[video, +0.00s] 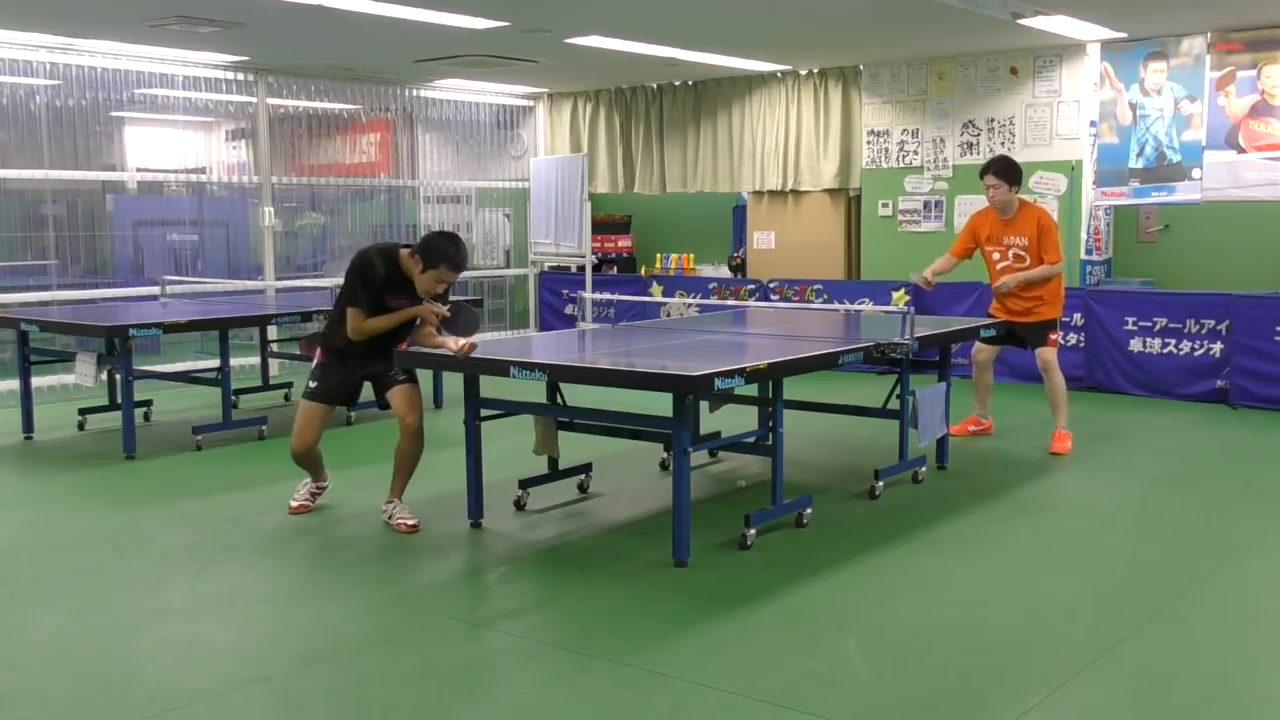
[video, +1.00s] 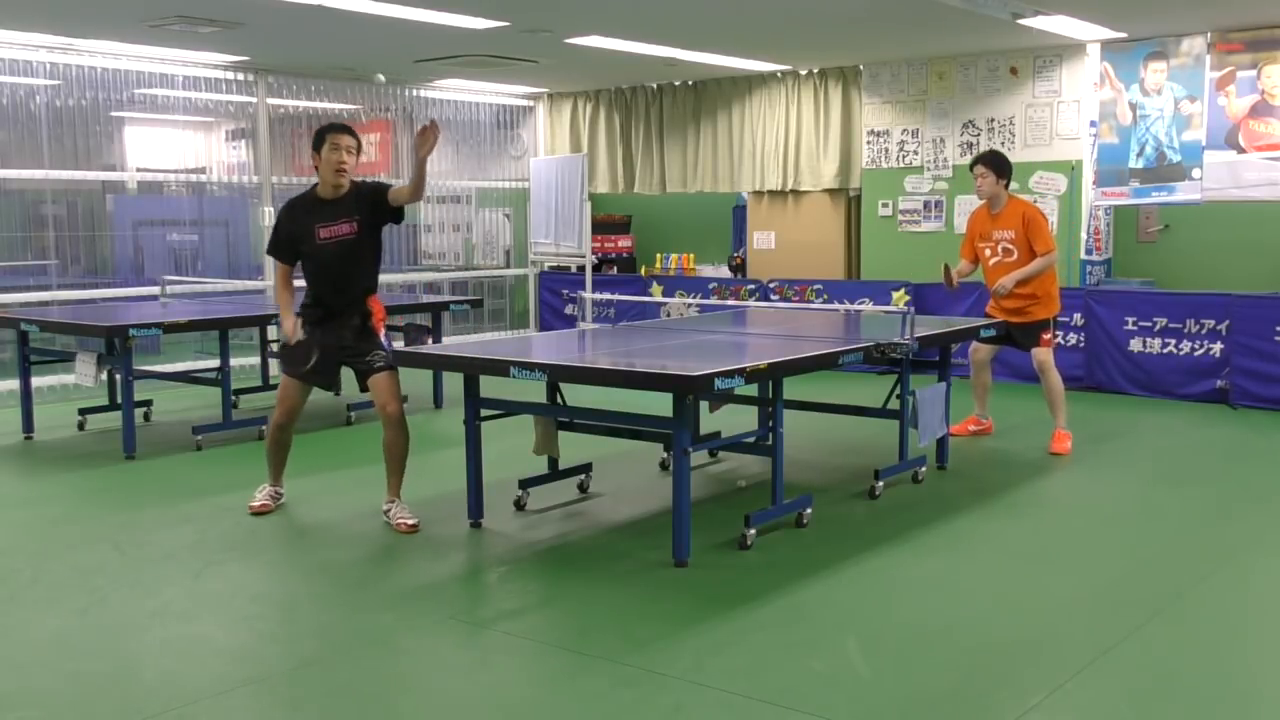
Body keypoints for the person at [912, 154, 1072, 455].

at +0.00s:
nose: (989, 194)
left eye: (995, 188)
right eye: (986, 188)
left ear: (1014, 187)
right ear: (984, 188)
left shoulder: (1039, 218)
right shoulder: (980, 221)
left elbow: (1055, 266)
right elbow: (954, 256)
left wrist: (1019, 277)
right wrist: (931, 271)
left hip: (1042, 307)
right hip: (1003, 306)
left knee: (1047, 361)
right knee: (980, 356)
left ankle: (1062, 429)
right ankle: (981, 419)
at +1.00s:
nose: (977, 183)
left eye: (983, 177)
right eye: (975, 177)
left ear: (1002, 179)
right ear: (975, 181)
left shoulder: (1028, 213)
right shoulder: (977, 218)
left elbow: (1050, 256)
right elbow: (970, 260)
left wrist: (1014, 277)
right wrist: (956, 273)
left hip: (1037, 306)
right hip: (1000, 306)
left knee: (1042, 360)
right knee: (978, 355)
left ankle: (1061, 429)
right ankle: (981, 419)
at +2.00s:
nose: (977, 211)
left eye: (982, 205)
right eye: (975, 205)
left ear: (1003, 206)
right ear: (973, 206)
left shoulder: (1029, 234)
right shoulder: (970, 238)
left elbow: (1050, 280)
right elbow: (926, 255)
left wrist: (1016, 292)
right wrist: (927, 276)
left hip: (1035, 322)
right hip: (993, 321)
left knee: (1051, 374)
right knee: (953, 361)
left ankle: (1076, 433)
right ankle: (947, 427)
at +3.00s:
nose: (1054, 196)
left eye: (1060, 190)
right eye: (1052, 191)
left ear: (1079, 192)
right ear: (1051, 195)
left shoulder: (1109, 218)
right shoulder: (1044, 231)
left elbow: (1143, 236)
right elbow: (1002, 242)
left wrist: (1143, 272)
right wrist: (968, 233)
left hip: (1120, 307)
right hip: (1076, 311)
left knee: (1138, 361)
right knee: (1044, 359)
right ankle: (1030, 407)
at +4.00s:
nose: (1019, 205)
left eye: (1023, 199)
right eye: (1017, 200)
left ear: (1041, 200)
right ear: (1019, 201)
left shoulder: (1062, 229)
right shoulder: (1025, 233)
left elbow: (1091, 265)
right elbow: (1002, 258)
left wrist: (1074, 299)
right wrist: (970, 251)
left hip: (1074, 309)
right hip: (1042, 308)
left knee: (1079, 361)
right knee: (1003, 344)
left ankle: (1115, 413)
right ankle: (1007, 401)